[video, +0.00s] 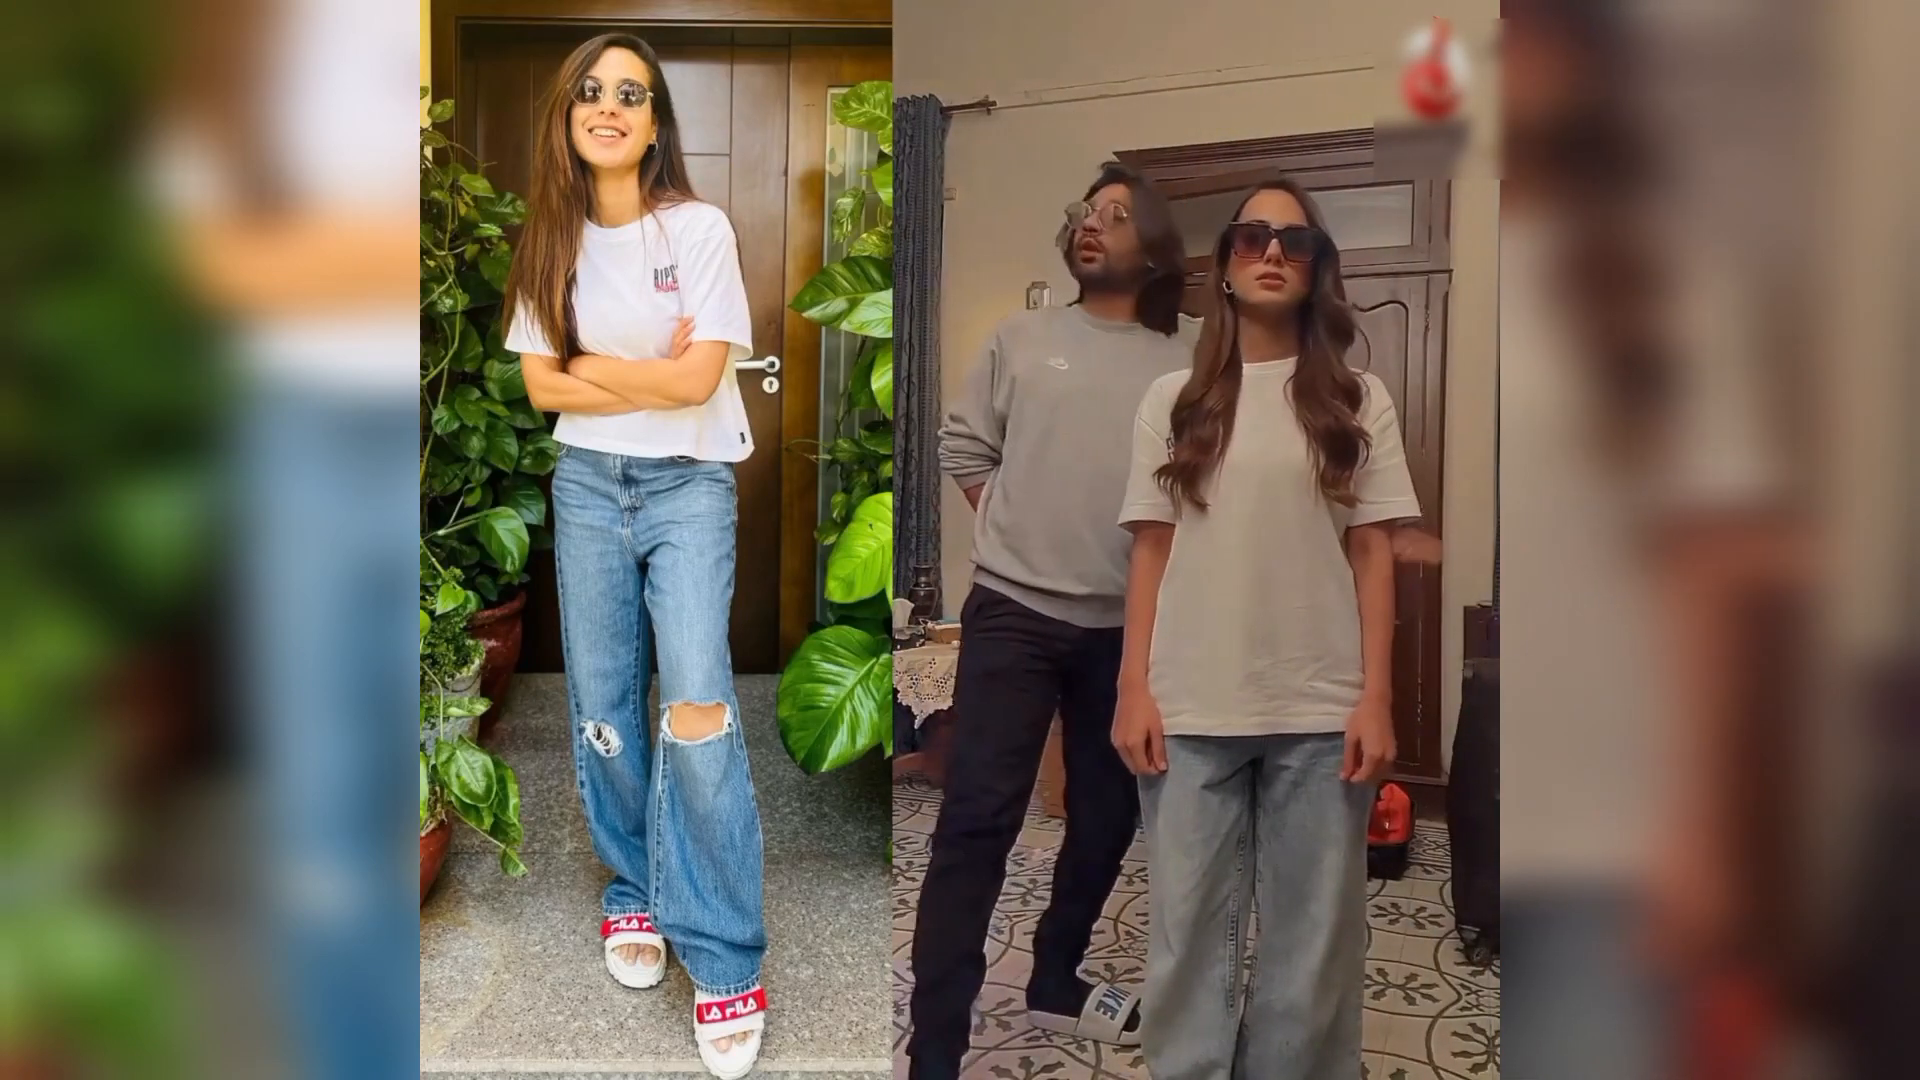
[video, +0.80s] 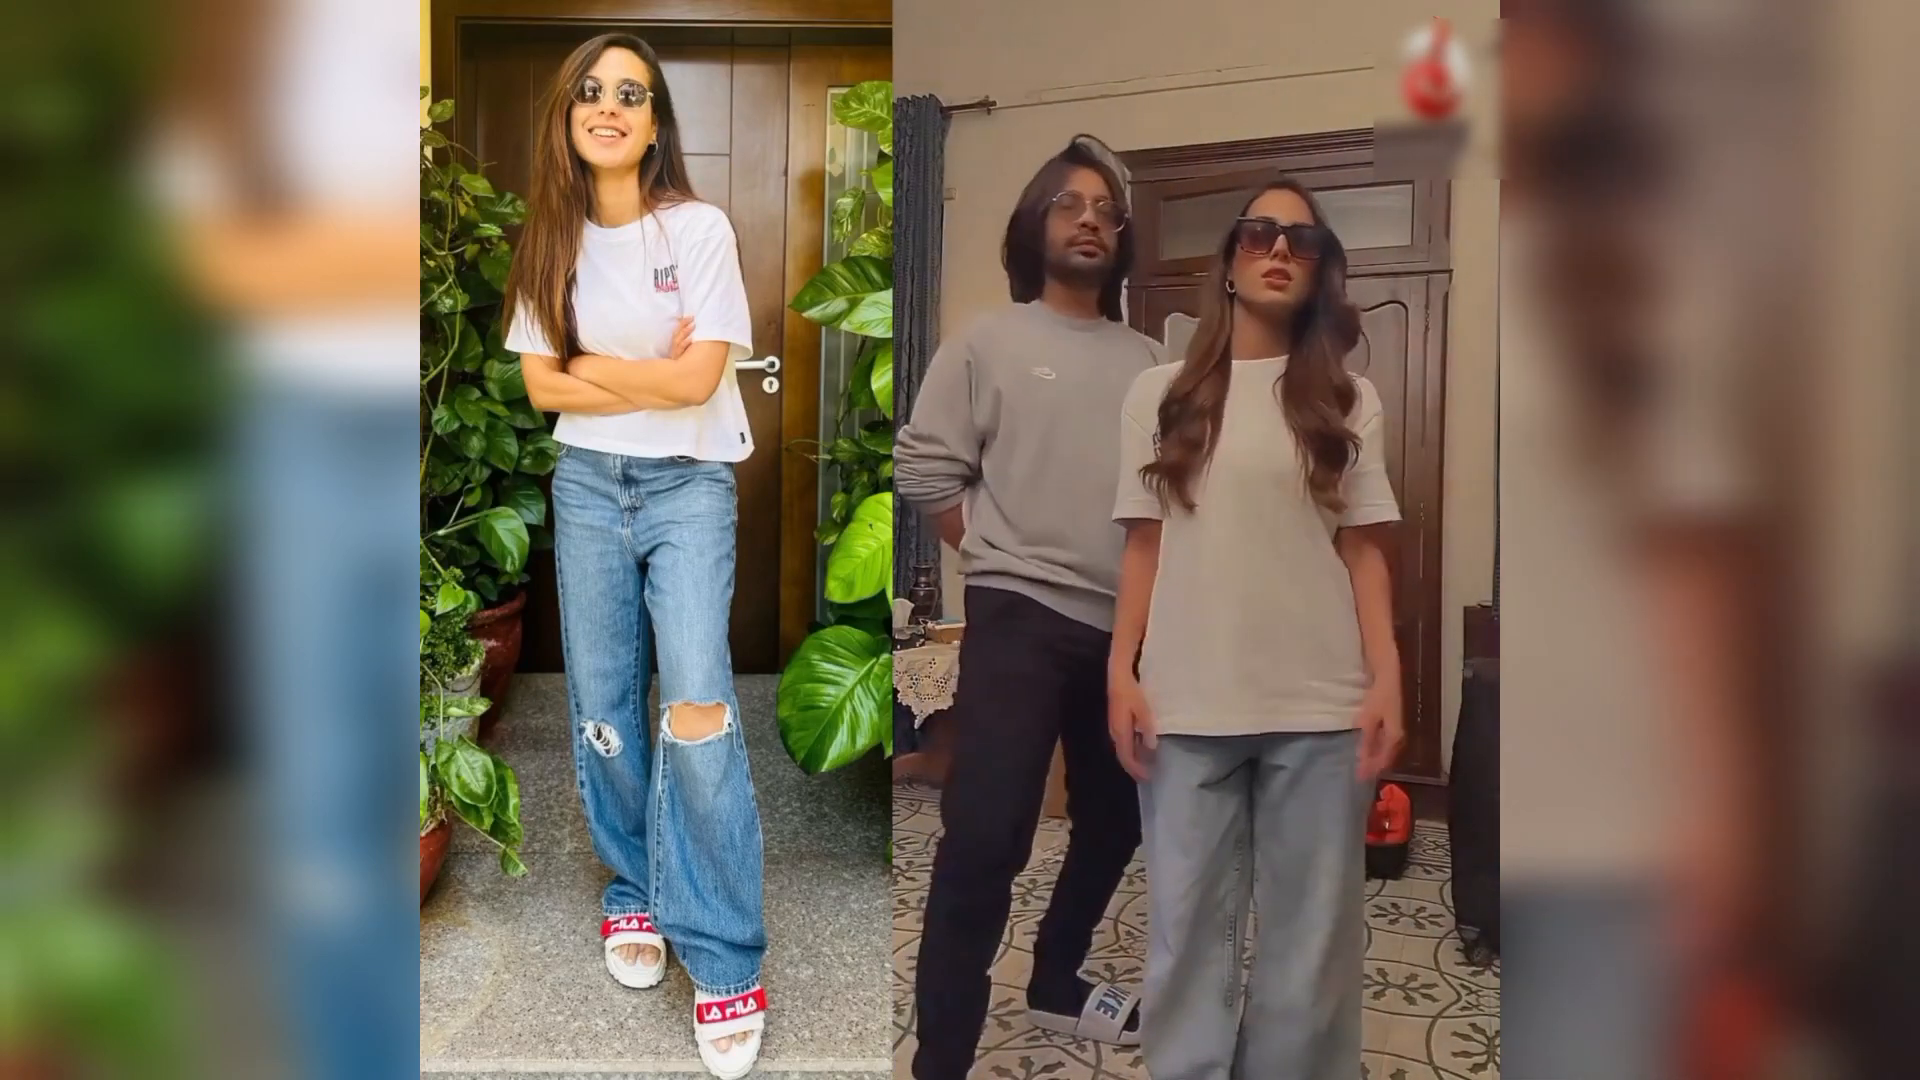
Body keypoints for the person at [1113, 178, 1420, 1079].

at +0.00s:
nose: (1272, 252)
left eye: (1294, 241)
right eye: (1253, 238)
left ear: (1318, 269)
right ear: (1225, 264)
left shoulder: (1358, 396)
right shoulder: (1174, 396)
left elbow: (1373, 555)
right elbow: (1150, 548)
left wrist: (1375, 699)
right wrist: (1134, 684)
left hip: (1324, 717)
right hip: (1191, 716)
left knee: (1312, 959)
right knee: (1184, 949)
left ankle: (1289, 1074)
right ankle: (1186, 1070)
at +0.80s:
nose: (1278, 249)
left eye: (1300, 240)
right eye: (1260, 235)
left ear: (1323, 271)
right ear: (1228, 261)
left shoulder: (1346, 395)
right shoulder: (1164, 390)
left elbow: (1366, 552)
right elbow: (1143, 544)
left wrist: (1386, 682)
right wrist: (1121, 671)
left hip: (1322, 714)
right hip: (1185, 712)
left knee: (1309, 954)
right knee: (1181, 944)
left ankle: (1290, 1073)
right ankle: (1186, 1068)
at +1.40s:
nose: (1267, 247)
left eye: (1288, 235)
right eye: (1248, 233)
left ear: (1313, 266)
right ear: (1219, 262)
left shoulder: (1348, 391)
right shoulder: (1161, 389)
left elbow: (1369, 551)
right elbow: (1142, 539)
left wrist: (1423, 443)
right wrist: (1091, 442)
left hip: (1317, 703)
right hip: (1182, 702)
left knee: (1309, 952)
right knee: (1182, 945)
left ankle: (1293, 1072)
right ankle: (1185, 1068)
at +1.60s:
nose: (1264, 252)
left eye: (1286, 240)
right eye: (1245, 238)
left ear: (1311, 268)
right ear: (1217, 266)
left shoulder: (1346, 396)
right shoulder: (1162, 395)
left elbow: (1360, 541)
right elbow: (1145, 538)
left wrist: (1425, 603)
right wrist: (1089, 585)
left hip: (1319, 714)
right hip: (1180, 714)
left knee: (1310, 956)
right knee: (1182, 948)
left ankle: (1292, 1073)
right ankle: (1186, 1069)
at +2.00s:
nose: (1264, 256)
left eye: (1286, 243)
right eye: (1245, 240)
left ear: (1311, 271)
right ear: (1217, 266)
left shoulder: (1346, 392)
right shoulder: (1160, 391)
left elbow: (1452, 464)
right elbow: (1069, 470)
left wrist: (1463, 303)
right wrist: (1054, 311)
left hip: (1319, 717)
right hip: (1182, 719)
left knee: (1311, 960)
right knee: (1182, 950)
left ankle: (1295, 1072)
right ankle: (1185, 1068)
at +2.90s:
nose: (1261, 252)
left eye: (1283, 239)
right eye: (1242, 237)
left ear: (1308, 266)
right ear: (1215, 262)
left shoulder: (1348, 394)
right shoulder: (1156, 395)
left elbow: (1422, 518)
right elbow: (1128, 535)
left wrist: (1331, 494)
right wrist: (1198, 523)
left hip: (1318, 715)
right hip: (1182, 716)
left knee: (1313, 954)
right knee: (1184, 946)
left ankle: (1292, 1073)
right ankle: (1185, 1070)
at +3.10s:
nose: (1259, 250)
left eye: (1281, 238)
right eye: (1239, 236)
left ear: (1306, 268)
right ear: (1212, 264)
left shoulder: (1348, 394)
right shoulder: (1156, 397)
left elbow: (1419, 523)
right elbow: (1130, 542)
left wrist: (1330, 501)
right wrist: (1207, 521)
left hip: (1320, 712)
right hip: (1184, 715)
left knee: (1314, 953)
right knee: (1185, 947)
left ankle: (1293, 1074)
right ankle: (1186, 1070)